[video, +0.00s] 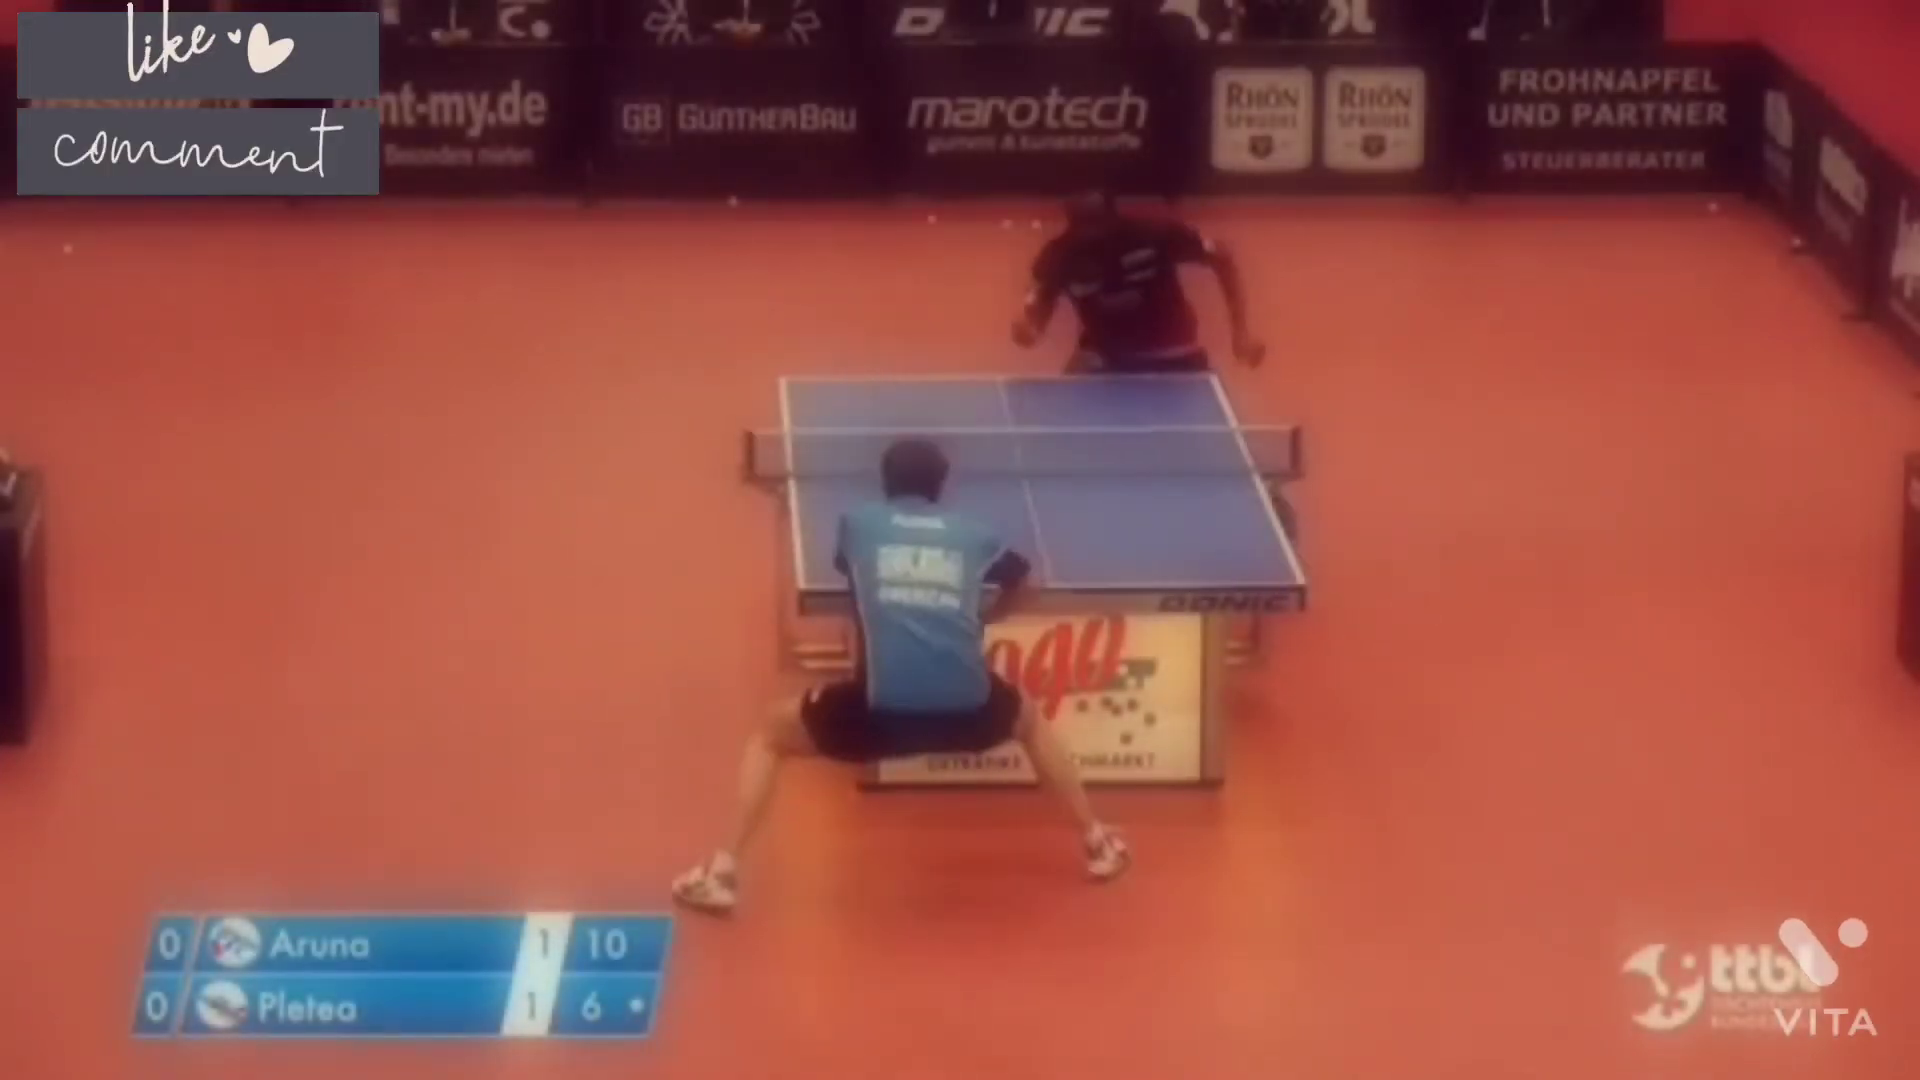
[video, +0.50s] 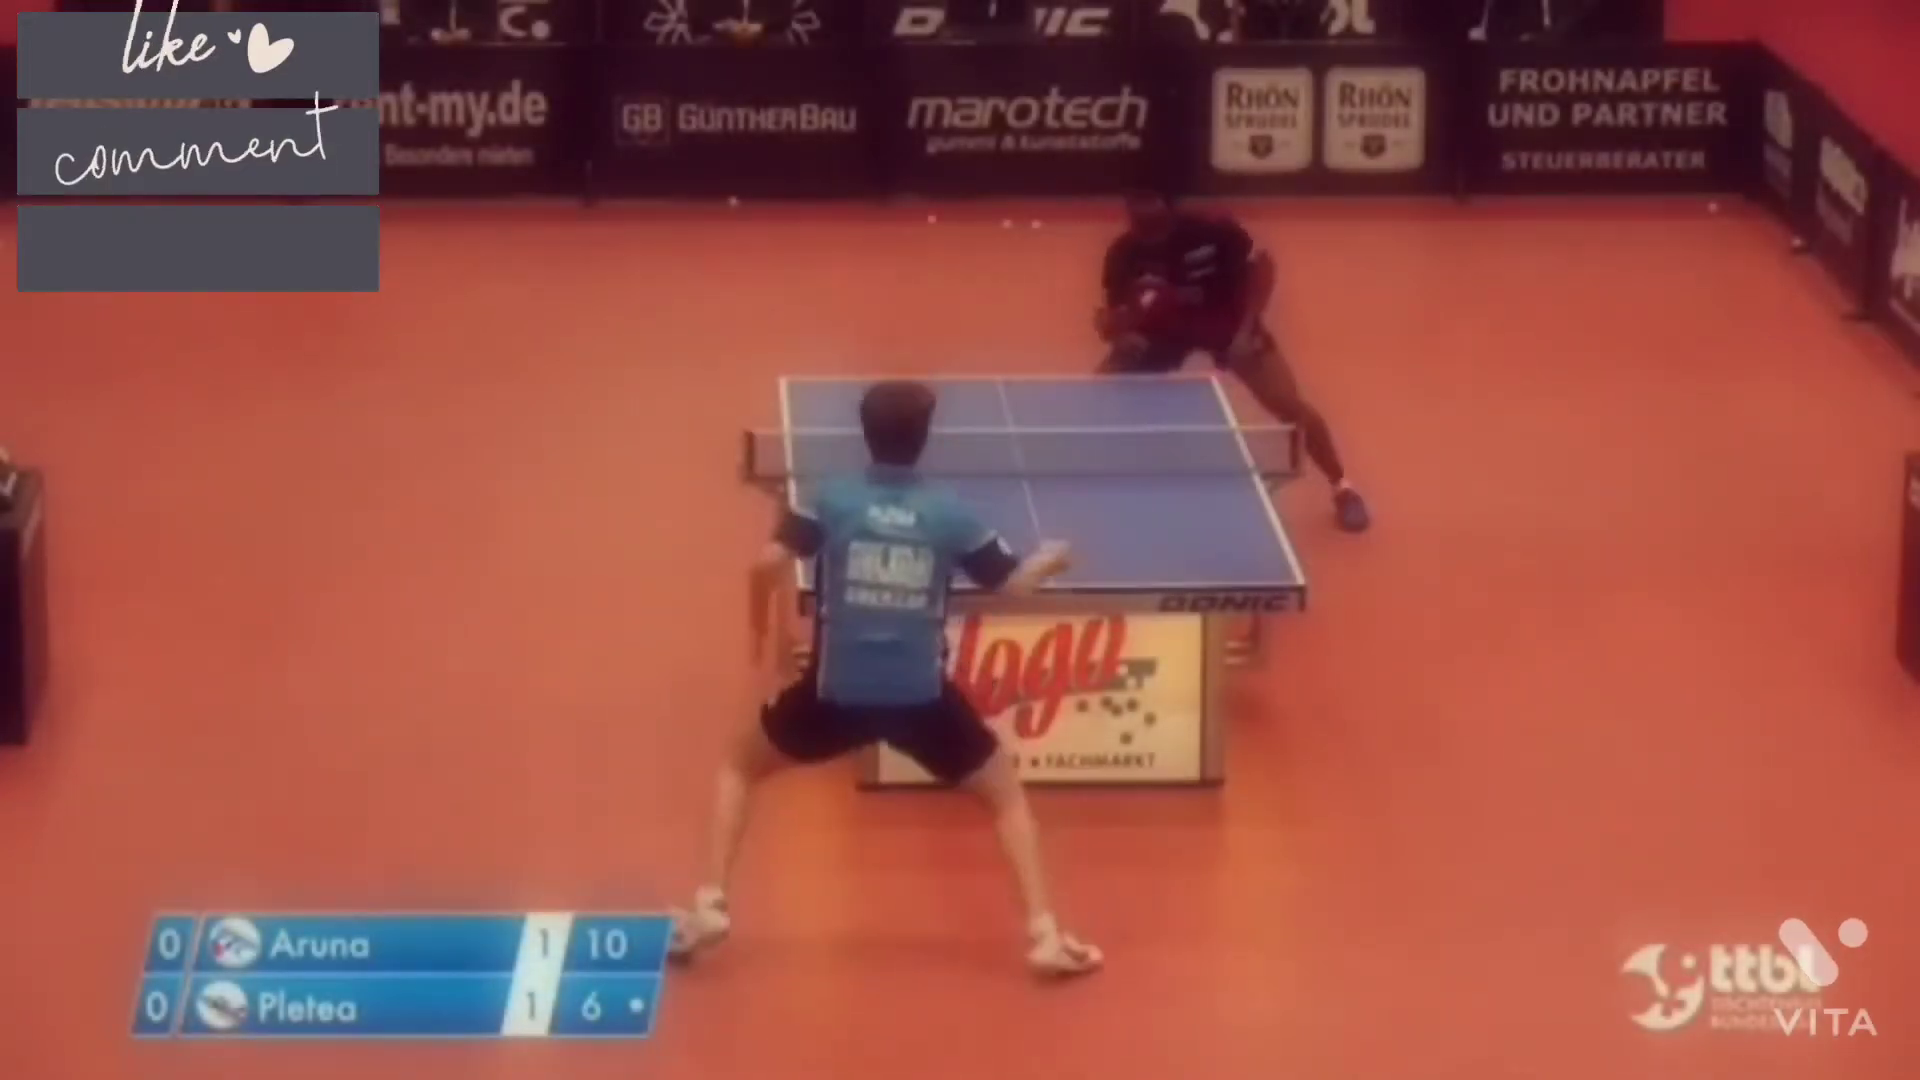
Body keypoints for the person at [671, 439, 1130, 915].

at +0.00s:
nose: (924, 491)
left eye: (899, 482)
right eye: (933, 481)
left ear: (886, 483)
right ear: (941, 485)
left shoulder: (859, 524)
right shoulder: (970, 532)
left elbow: (847, 575)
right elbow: (1020, 577)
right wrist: (980, 621)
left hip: (879, 715)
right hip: (969, 714)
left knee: (769, 733)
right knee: (1029, 721)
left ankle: (723, 871)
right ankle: (1098, 840)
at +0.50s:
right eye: (919, 427)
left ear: (866, 436)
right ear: (923, 438)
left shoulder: (834, 498)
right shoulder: (943, 511)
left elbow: (783, 554)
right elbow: (1006, 584)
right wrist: (1046, 563)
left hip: (838, 695)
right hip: (919, 698)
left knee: (741, 764)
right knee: (1005, 792)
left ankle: (711, 900)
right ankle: (1046, 935)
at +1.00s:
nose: (769, 568)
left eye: (770, 557)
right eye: (767, 559)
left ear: (710, 543)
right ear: (749, 569)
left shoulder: (697, 578)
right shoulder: (668, 617)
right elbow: (604, 704)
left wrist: (761, 645)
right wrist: (617, 780)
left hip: (561, 722)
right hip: (597, 740)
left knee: (495, 828)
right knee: (734, 816)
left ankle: (364, 898)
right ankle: (723, 973)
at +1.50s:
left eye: (498, 528)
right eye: (539, 518)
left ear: (494, 537)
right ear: (551, 525)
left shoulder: (481, 611)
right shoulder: (594, 588)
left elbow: (471, 698)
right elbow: (682, 592)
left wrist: (460, 784)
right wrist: (653, 509)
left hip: (515, 795)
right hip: (592, 788)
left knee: (426, 832)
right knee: (700, 869)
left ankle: (342, 928)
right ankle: (704, 975)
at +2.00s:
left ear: (749, 516)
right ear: (808, 524)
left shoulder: (709, 570)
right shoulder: (829, 598)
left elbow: (624, 597)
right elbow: (894, 650)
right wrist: (844, 634)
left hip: (693, 763)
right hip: (777, 770)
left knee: (604, 836)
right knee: (883, 852)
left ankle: (549, 962)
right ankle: (923, 1003)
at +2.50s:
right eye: (798, 474)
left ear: (741, 481)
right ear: (802, 484)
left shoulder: (706, 547)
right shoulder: (829, 561)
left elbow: (633, 587)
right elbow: (884, 632)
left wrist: (652, 624)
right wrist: (882, 592)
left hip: (709, 745)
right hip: (800, 746)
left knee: (611, 834)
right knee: (892, 834)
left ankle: (547, 960)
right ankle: (943, 975)